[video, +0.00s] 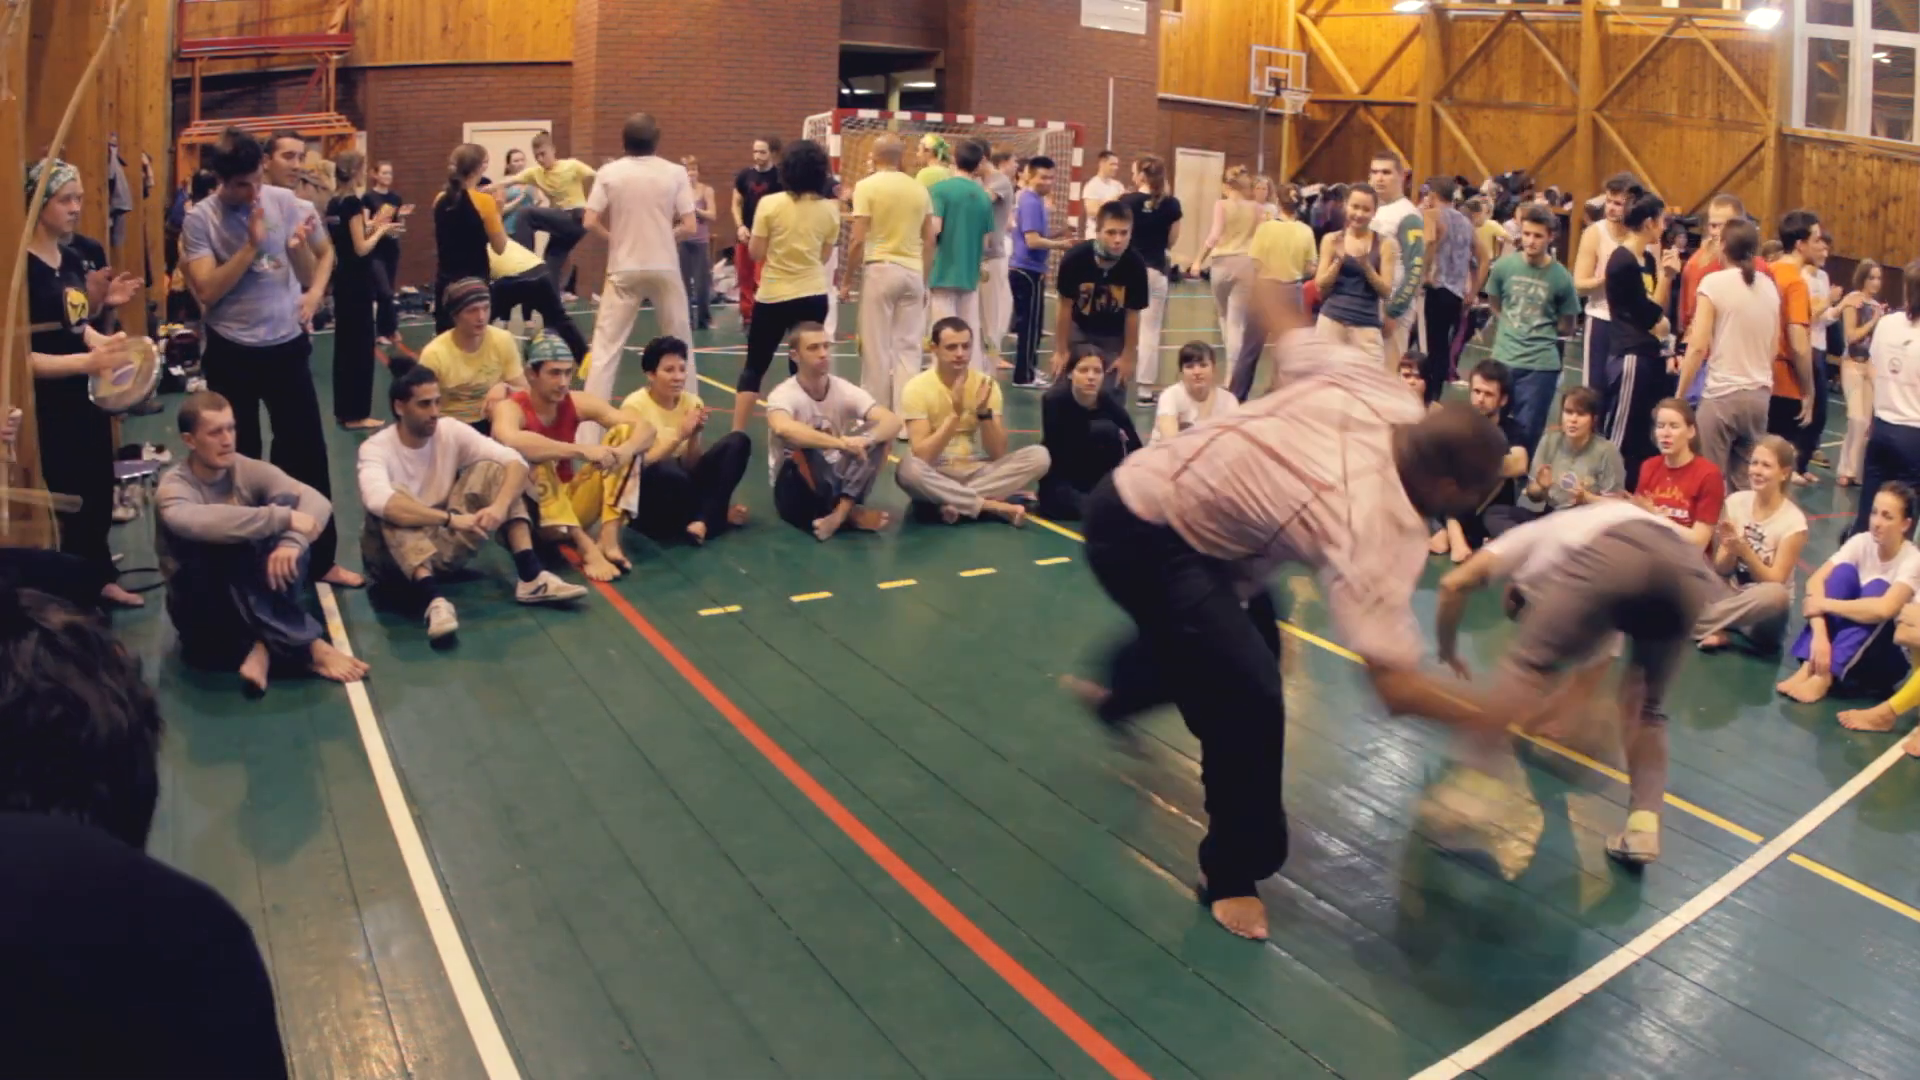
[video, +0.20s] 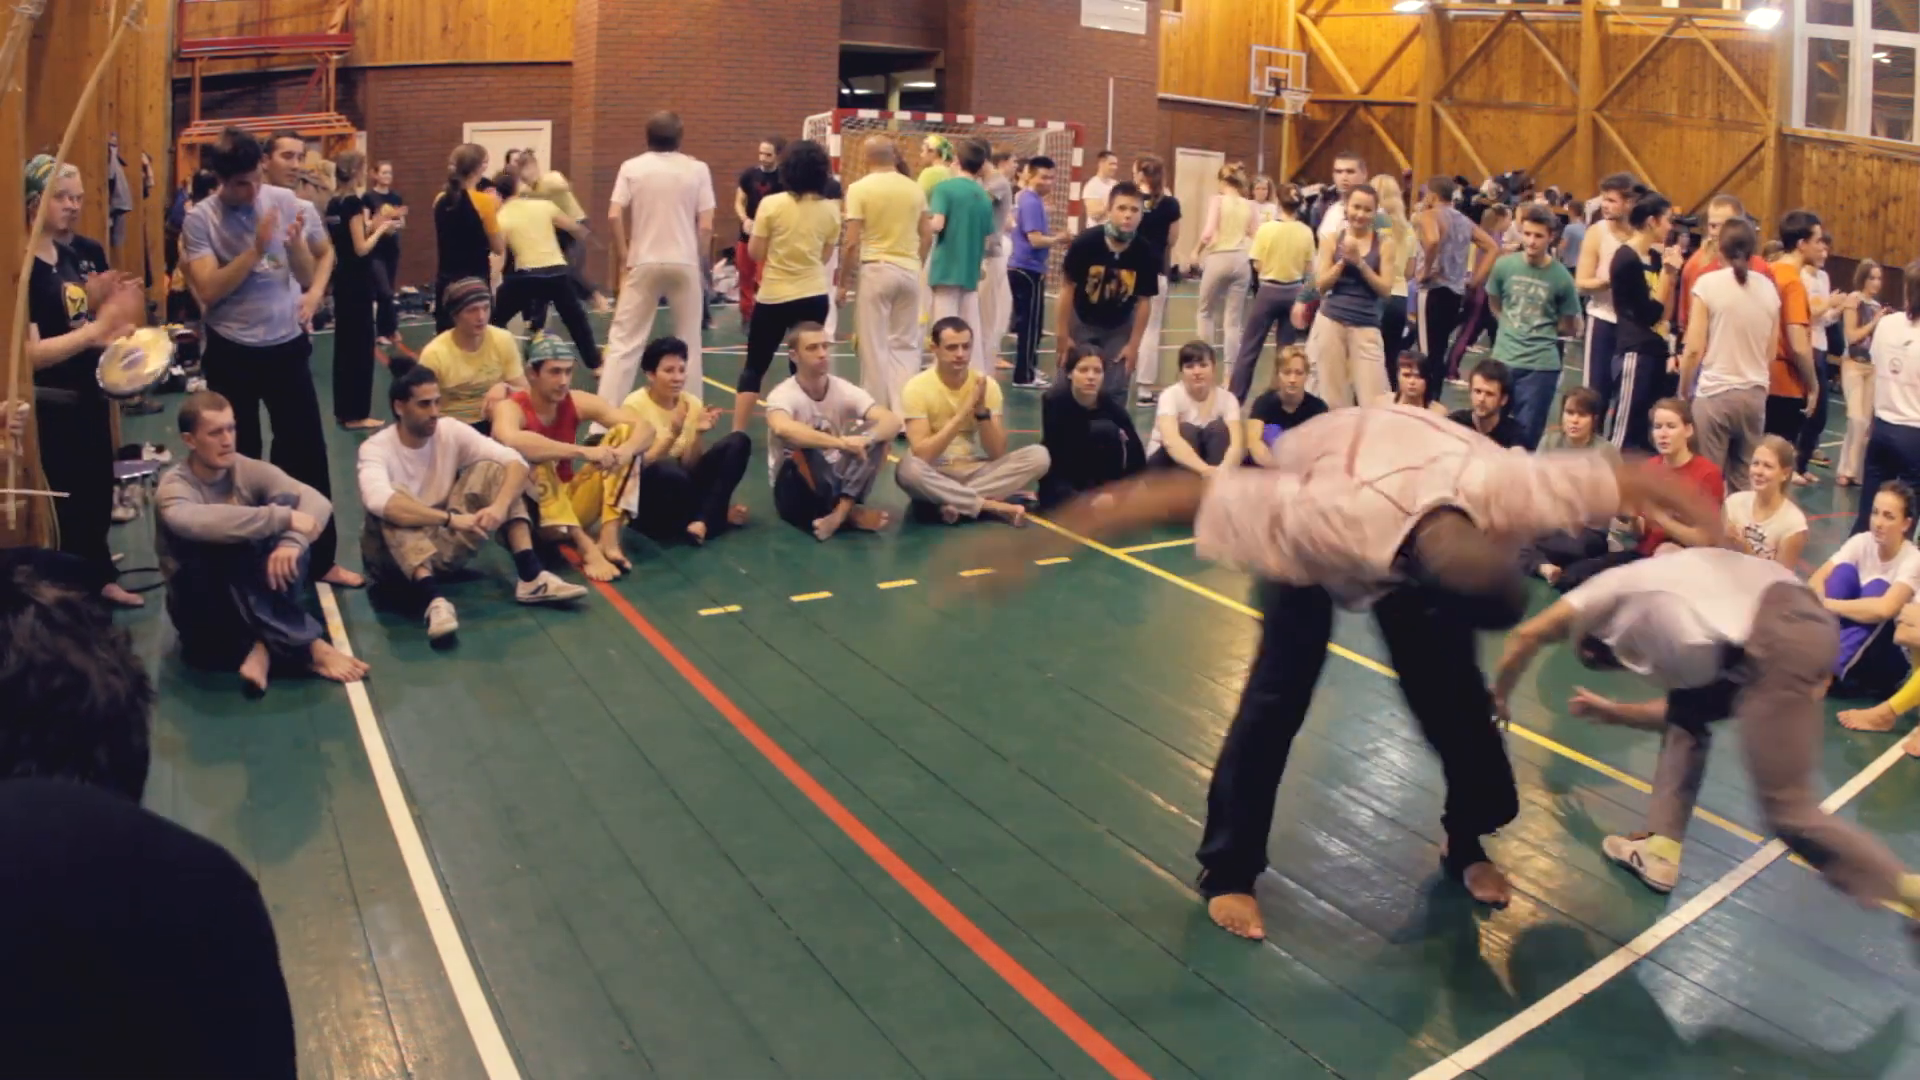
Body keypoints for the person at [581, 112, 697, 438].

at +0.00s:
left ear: (624, 142)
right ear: (656, 142)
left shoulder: (609, 172)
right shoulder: (675, 173)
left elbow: (589, 220)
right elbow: (689, 227)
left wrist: (614, 239)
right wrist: (662, 238)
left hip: (624, 266)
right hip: (664, 265)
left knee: (605, 347)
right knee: (679, 342)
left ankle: (590, 425)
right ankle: (689, 415)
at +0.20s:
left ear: (648, 138)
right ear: (679, 138)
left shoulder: (631, 168)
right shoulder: (697, 169)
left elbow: (615, 215)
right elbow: (706, 226)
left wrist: (624, 256)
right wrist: (700, 265)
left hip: (643, 259)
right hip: (684, 261)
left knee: (624, 342)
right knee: (690, 341)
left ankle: (604, 421)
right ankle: (691, 416)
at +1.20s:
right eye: (658, 138)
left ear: (626, 141)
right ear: (658, 141)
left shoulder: (613, 170)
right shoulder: (675, 173)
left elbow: (586, 206)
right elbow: (684, 218)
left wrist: (582, 252)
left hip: (625, 266)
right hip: (664, 267)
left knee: (621, 346)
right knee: (676, 346)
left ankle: (619, 419)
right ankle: (686, 417)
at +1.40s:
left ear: (613, 139)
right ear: (644, 138)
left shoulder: (602, 168)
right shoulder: (666, 168)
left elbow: (572, 205)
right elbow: (672, 224)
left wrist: (569, 252)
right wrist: (655, 247)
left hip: (621, 265)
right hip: (660, 262)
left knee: (616, 344)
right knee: (670, 341)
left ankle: (618, 418)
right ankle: (673, 414)